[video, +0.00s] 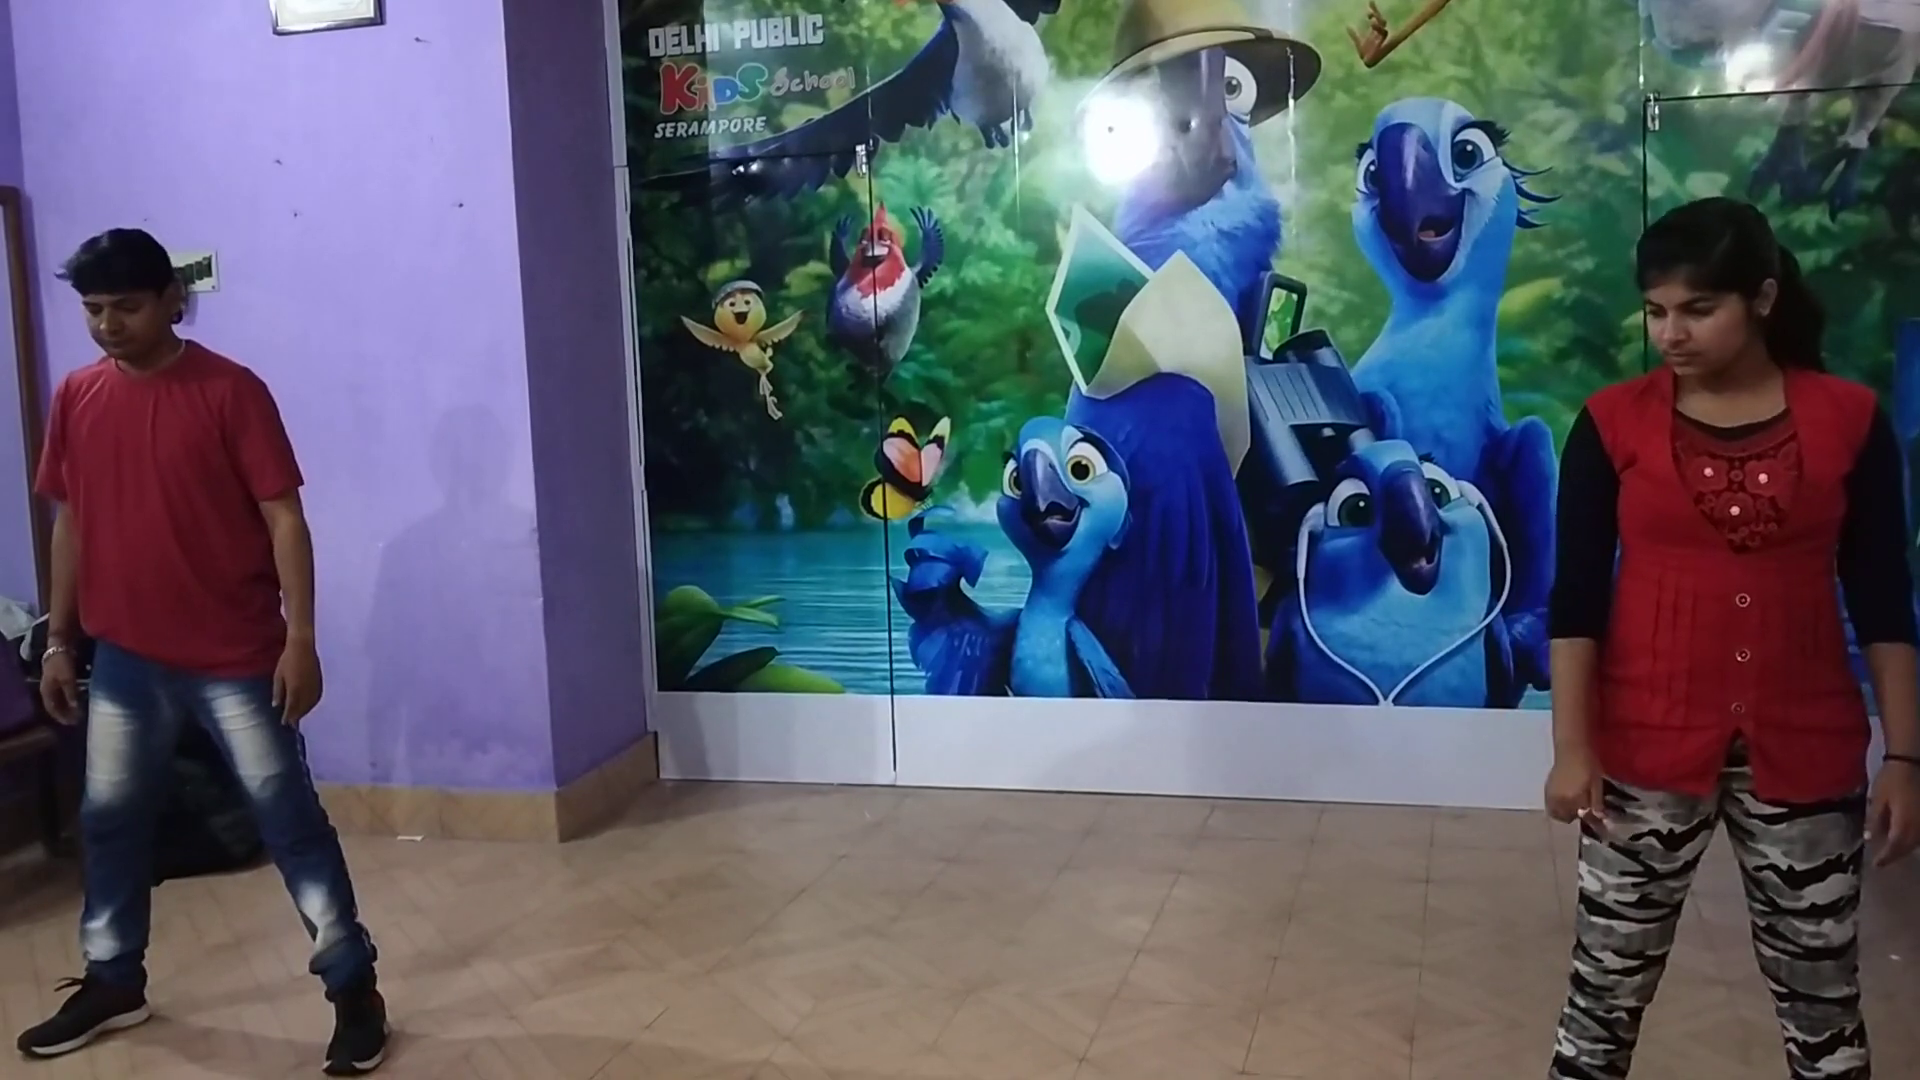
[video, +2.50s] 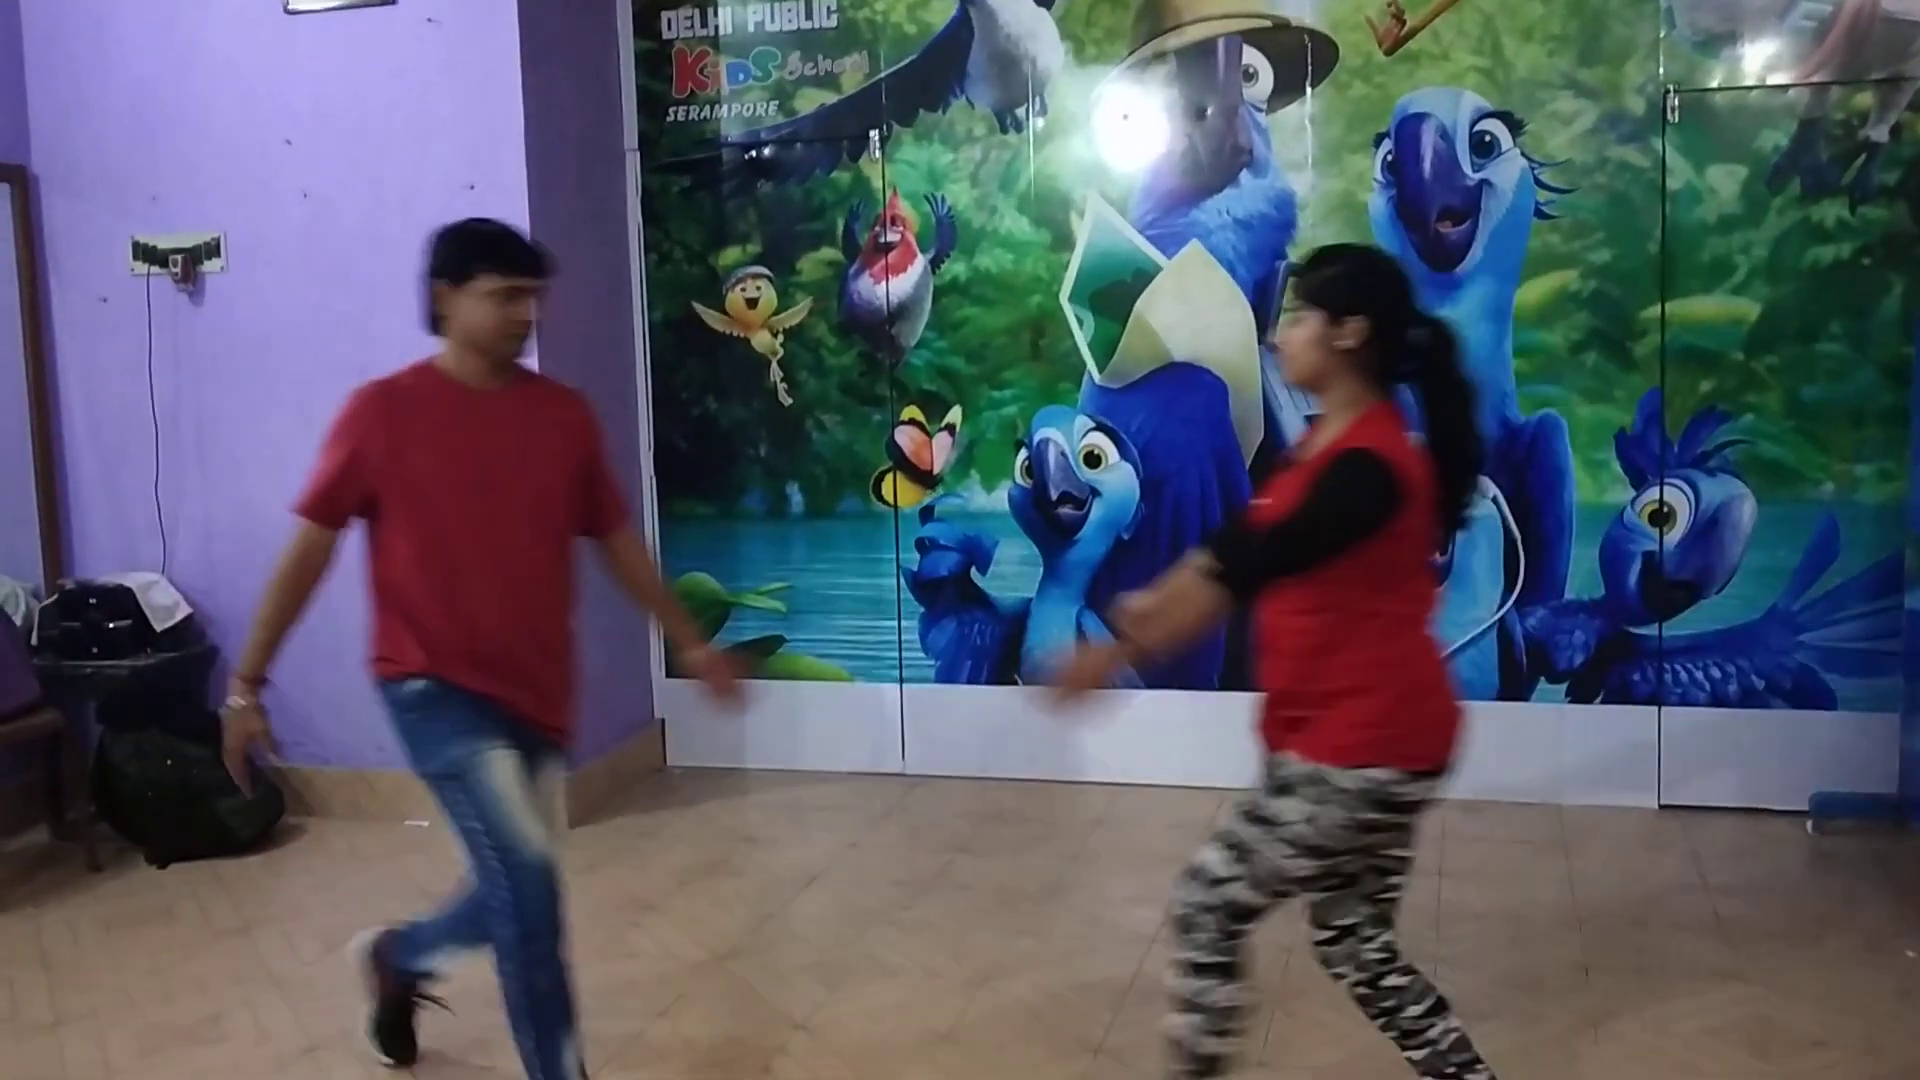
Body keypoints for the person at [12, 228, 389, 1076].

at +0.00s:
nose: (104, 323)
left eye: (122, 306)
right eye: (92, 308)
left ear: (170, 299)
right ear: (82, 309)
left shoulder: (231, 390)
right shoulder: (76, 397)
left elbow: (284, 514)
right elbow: (67, 519)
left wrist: (301, 639)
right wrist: (58, 637)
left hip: (232, 651)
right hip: (122, 651)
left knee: (286, 815)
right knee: (110, 813)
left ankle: (351, 987)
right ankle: (112, 978)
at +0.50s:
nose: (140, 327)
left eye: (155, 309)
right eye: (120, 313)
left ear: (180, 310)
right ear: (93, 320)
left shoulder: (226, 398)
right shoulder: (99, 411)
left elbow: (304, 515)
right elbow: (108, 535)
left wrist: (323, 646)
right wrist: (87, 650)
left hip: (259, 660)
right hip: (150, 663)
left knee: (324, 800)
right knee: (114, 808)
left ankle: (371, 985)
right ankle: (112, 978)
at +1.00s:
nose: (322, 474)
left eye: (333, 457)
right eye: (303, 455)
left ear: (344, 454)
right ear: (255, 446)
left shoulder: (348, 547)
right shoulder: (202, 485)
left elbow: (415, 666)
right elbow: (171, 578)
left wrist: (443, 782)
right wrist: (133, 674)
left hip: (315, 720)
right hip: (197, 712)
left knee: (378, 837)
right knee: (68, 828)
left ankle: (378, 991)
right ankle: (116, 978)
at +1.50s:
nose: (138, 339)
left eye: (149, 322)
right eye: (118, 323)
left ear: (164, 318)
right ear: (76, 322)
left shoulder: (198, 411)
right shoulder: (51, 392)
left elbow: (264, 525)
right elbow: (49, 500)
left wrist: (301, 642)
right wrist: (38, 603)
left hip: (209, 649)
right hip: (95, 646)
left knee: (280, 804)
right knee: (51, 803)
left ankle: (365, 976)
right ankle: (91, 959)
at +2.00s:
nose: (215, 325)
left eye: (225, 311)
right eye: (196, 312)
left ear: (237, 318)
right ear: (151, 322)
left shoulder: (284, 418)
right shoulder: (110, 414)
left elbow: (326, 539)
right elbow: (85, 527)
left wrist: (358, 653)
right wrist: (71, 647)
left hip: (275, 667)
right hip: (152, 668)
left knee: (320, 807)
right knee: (122, 816)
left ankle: (325, 990)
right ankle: (99, 955)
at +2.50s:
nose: (525, 314)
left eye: (532, 297)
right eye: (505, 296)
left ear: (539, 302)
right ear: (445, 300)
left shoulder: (563, 414)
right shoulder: (383, 412)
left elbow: (617, 538)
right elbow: (309, 550)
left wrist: (691, 639)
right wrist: (246, 682)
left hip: (535, 687)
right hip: (433, 681)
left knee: (524, 886)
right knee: (528, 877)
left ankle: (399, 956)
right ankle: (558, 1067)